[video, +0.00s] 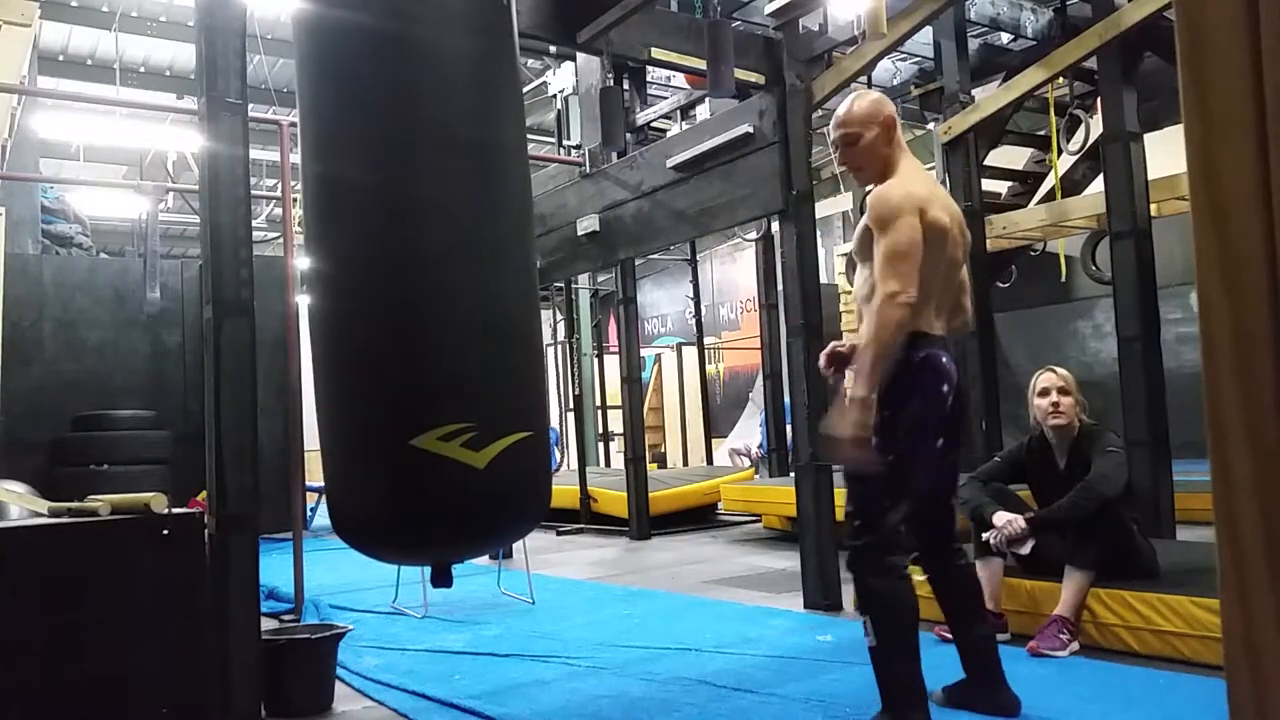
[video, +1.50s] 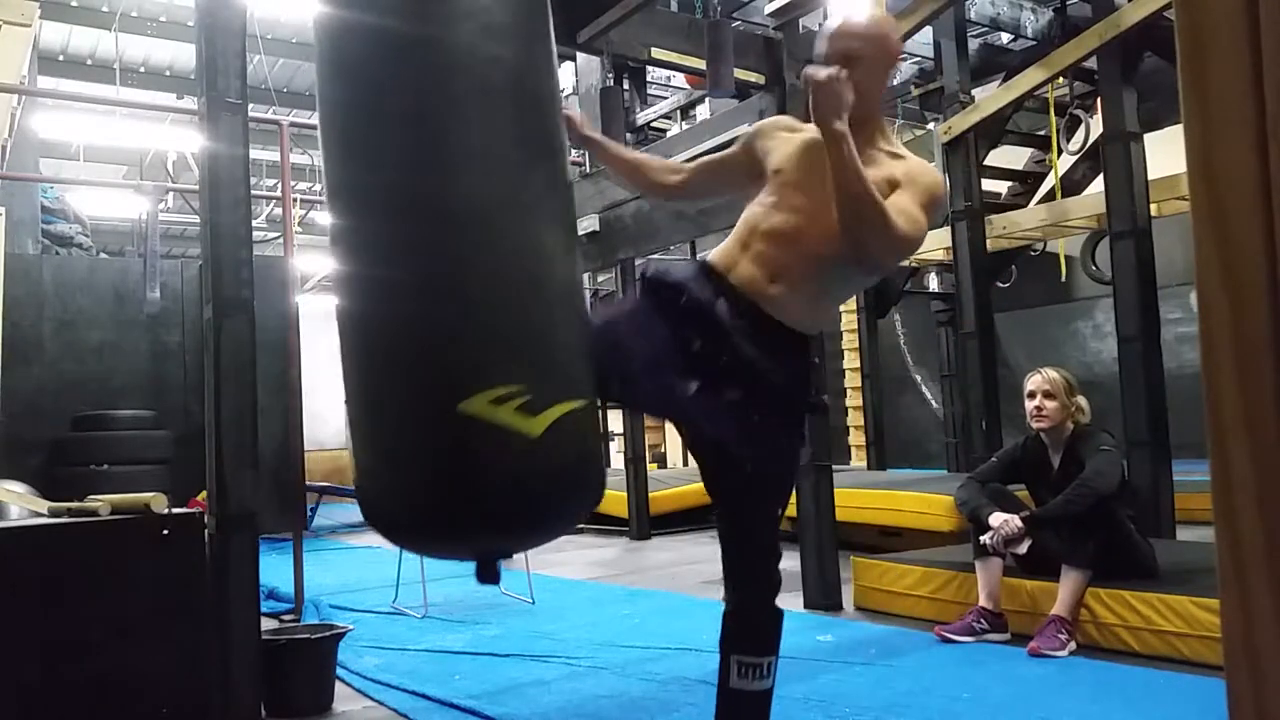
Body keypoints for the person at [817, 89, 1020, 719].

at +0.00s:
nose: (840, 155)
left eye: (849, 141)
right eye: (836, 143)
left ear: (887, 133)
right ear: (892, 138)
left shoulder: (892, 196)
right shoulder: (932, 195)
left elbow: (895, 300)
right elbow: (954, 308)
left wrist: (858, 395)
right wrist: (861, 343)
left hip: (902, 373)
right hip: (938, 370)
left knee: (873, 546)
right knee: (936, 533)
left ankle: (901, 706)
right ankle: (987, 681)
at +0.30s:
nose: (841, 155)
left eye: (851, 141)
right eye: (837, 146)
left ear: (890, 136)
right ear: (880, 143)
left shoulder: (897, 204)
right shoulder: (927, 199)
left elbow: (934, 303)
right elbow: (961, 310)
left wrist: (914, 402)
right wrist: (873, 357)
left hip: (901, 387)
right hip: (942, 383)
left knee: (861, 552)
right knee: (936, 545)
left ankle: (903, 706)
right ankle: (988, 683)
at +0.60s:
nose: (829, 129)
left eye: (842, 117)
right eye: (826, 120)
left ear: (884, 115)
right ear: (884, 127)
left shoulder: (867, 169)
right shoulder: (927, 187)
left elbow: (862, 240)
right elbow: (983, 283)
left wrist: (745, 250)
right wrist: (927, 312)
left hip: (876, 358)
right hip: (924, 359)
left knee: (833, 532)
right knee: (899, 537)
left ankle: (847, 706)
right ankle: (946, 691)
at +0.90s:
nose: (808, 122)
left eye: (821, 107)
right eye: (803, 112)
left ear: (863, 106)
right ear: (803, 119)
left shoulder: (875, 175)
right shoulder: (836, 191)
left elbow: (959, 220)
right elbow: (809, 299)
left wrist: (951, 291)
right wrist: (737, 278)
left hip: (854, 389)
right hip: (828, 389)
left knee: (770, 547)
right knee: (851, 539)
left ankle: (790, 711)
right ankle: (935, 673)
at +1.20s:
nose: (891, 97)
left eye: (908, 84)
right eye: (883, 82)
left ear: (939, 93)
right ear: (870, 84)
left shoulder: (942, 194)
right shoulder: (824, 140)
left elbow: (1019, 222)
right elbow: (714, 199)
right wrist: (613, 233)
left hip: (796, 356)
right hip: (736, 276)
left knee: (811, 539)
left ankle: (789, 713)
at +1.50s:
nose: (827, 70)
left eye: (846, 59)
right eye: (824, 57)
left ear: (891, 68)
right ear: (816, 63)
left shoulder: (917, 181)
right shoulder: (779, 136)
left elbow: (876, 249)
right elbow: (674, 180)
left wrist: (834, 131)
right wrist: (589, 138)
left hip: (772, 365)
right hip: (687, 308)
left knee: (751, 572)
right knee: (544, 368)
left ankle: (741, 715)